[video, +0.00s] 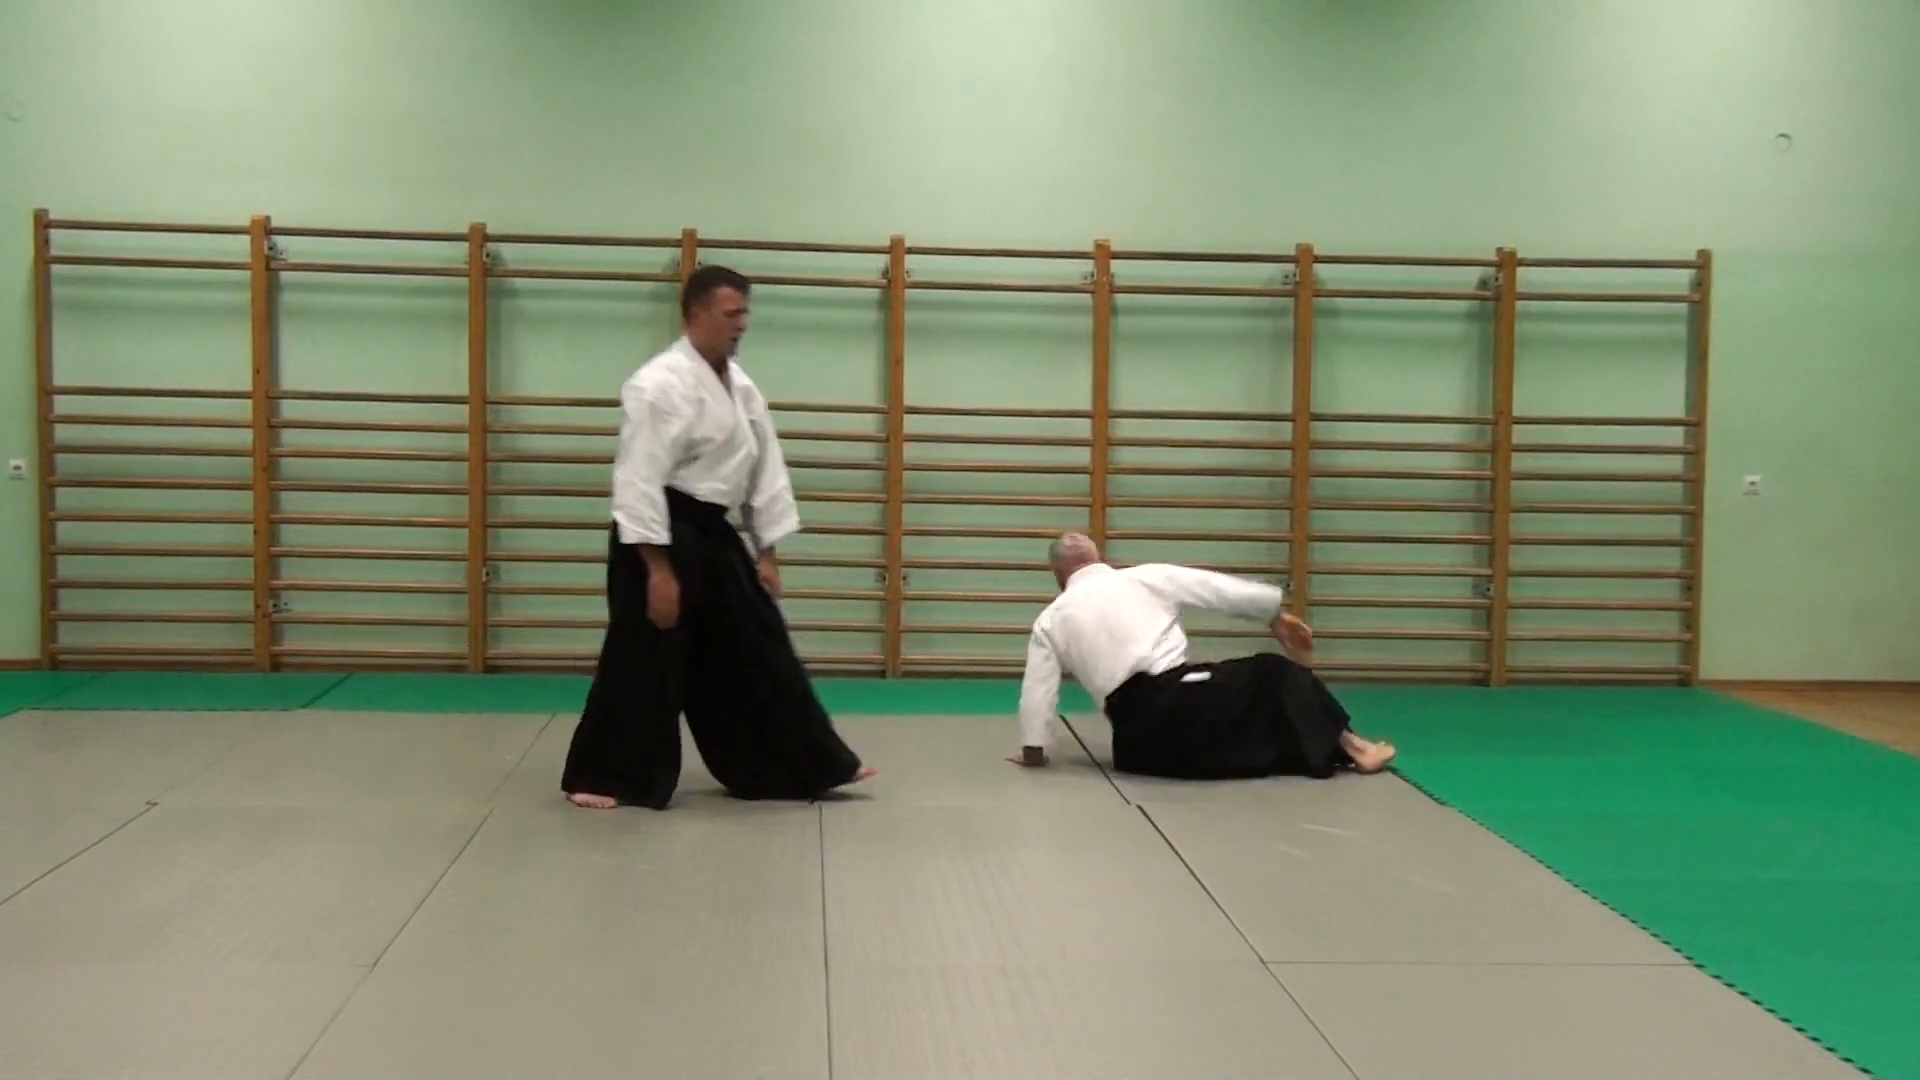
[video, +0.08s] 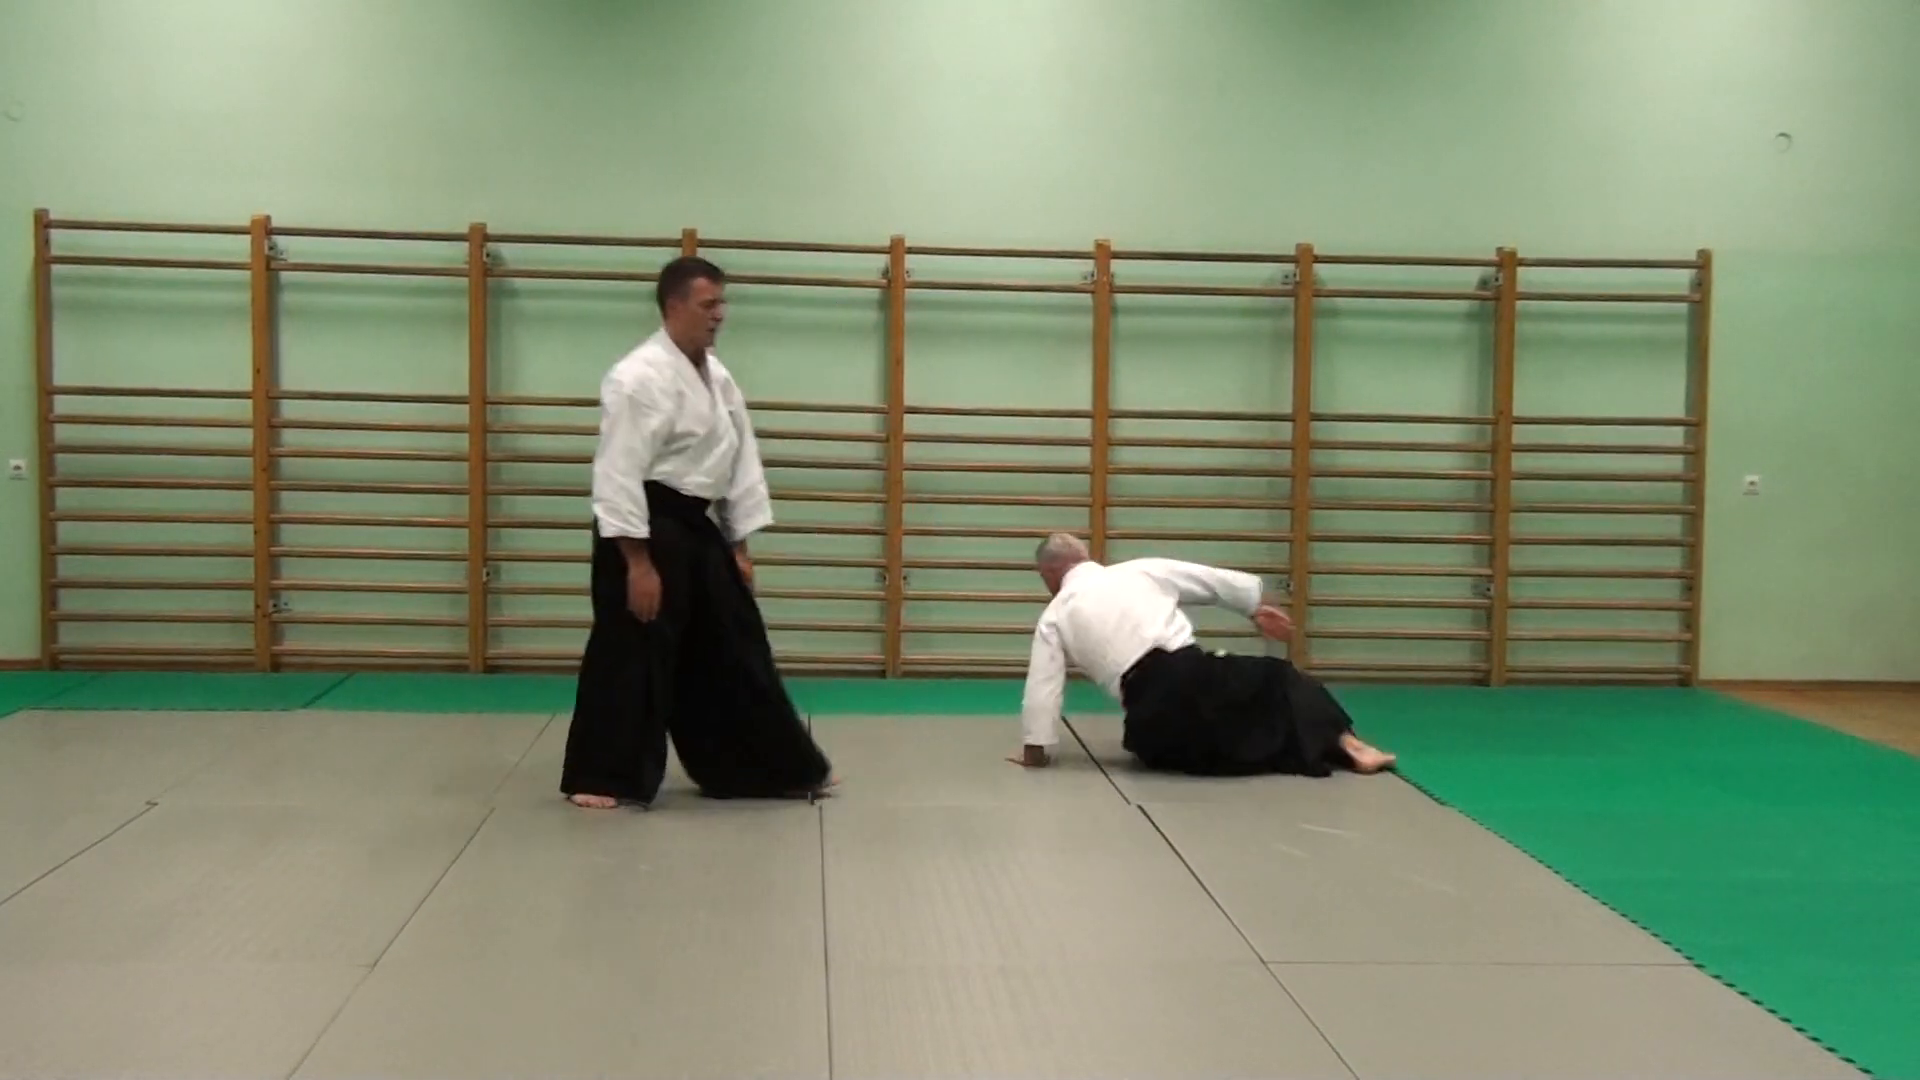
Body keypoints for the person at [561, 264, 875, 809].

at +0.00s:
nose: (743, 324)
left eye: (745, 315)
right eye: (732, 314)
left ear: (739, 318)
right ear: (696, 315)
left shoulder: (740, 387)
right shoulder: (657, 384)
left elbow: (764, 471)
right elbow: (636, 481)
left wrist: (765, 552)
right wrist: (658, 567)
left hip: (717, 533)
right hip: (659, 529)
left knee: (763, 646)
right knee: (639, 657)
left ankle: (817, 761)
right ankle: (595, 776)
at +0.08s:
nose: (719, 314)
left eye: (721, 305)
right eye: (709, 304)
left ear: (715, 308)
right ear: (672, 307)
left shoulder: (718, 377)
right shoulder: (636, 377)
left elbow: (739, 463)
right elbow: (617, 474)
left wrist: (737, 542)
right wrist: (637, 560)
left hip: (700, 528)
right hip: (641, 524)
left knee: (737, 646)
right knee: (628, 654)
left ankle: (784, 766)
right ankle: (598, 776)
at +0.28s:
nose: (682, 301)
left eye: (684, 291)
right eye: (671, 291)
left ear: (675, 296)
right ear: (636, 294)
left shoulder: (683, 366)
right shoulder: (604, 366)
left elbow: (702, 452)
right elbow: (588, 462)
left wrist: (702, 531)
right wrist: (607, 549)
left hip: (672, 517)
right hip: (616, 516)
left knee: (697, 640)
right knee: (607, 645)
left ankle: (707, 769)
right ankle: (587, 774)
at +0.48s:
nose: (664, 299)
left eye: (665, 289)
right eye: (652, 289)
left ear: (659, 294)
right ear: (617, 294)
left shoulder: (666, 365)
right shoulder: (586, 366)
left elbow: (686, 449)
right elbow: (572, 463)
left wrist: (690, 530)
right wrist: (594, 549)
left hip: (655, 515)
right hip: (600, 515)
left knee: (681, 635)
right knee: (597, 644)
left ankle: (678, 767)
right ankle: (587, 774)